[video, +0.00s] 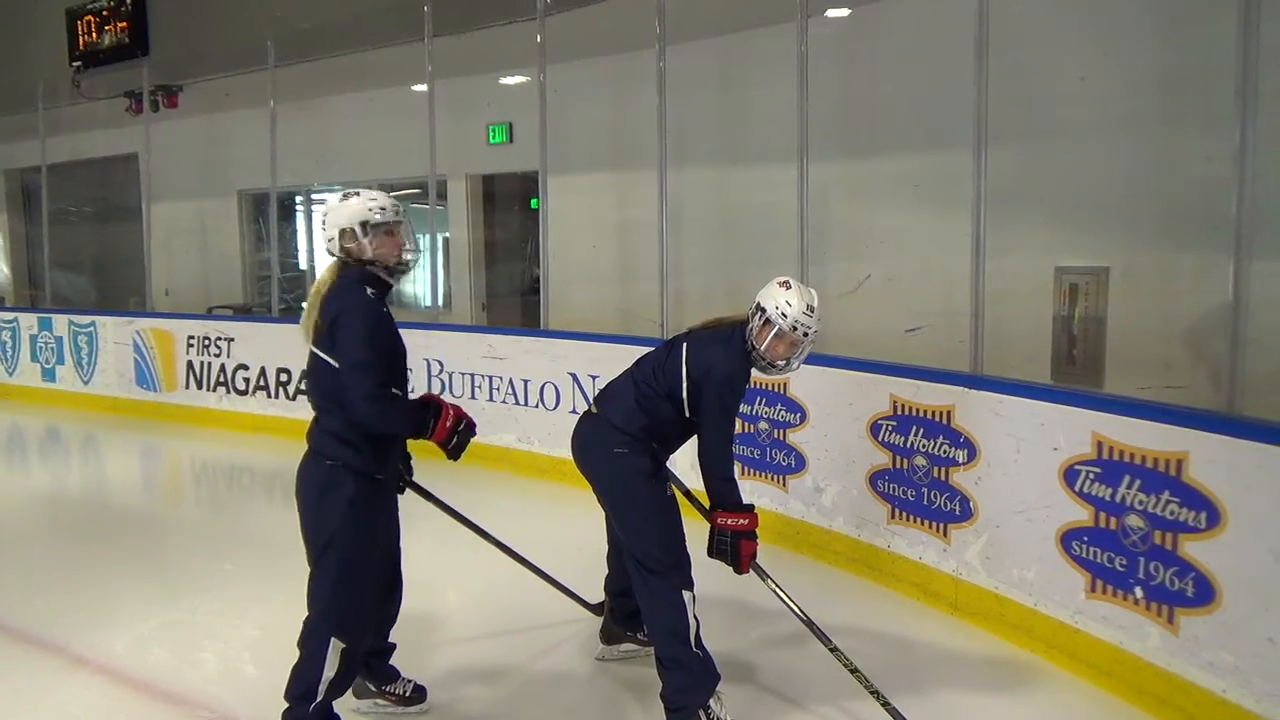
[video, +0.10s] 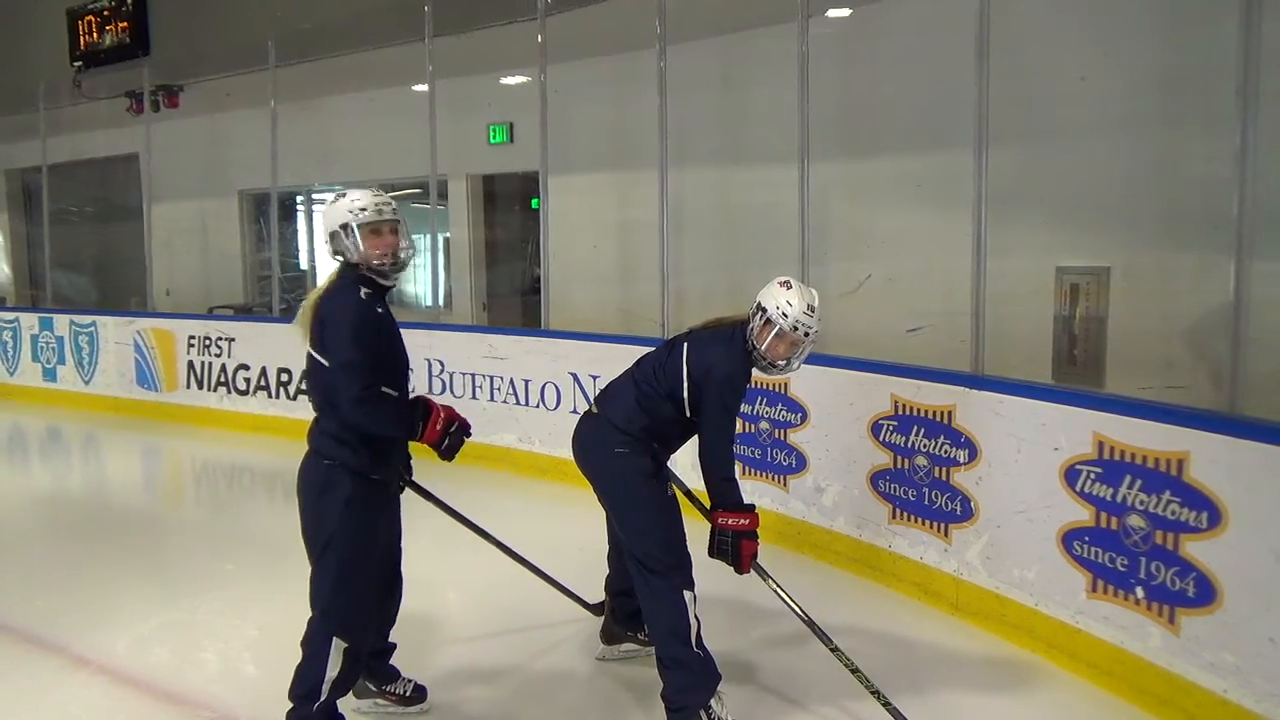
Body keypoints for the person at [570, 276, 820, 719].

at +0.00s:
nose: (776, 348)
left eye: (790, 342)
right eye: (773, 334)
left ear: (803, 346)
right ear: (757, 320)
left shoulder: (725, 341)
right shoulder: (726, 363)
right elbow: (715, 448)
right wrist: (733, 517)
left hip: (604, 435)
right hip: (621, 446)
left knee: (631, 535)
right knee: (666, 570)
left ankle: (622, 623)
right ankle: (690, 703)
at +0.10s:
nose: (778, 348)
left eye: (791, 342)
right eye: (774, 334)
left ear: (803, 346)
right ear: (758, 320)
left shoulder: (726, 340)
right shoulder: (726, 363)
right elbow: (716, 449)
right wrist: (734, 517)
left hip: (605, 435)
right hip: (622, 446)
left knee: (631, 536)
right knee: (667, 569)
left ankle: (623, 624)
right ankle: (691, 703)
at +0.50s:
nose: (778, 347)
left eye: (792, 341)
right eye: (775, 333)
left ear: (806, 345)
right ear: (759, 320)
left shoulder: (729, 340)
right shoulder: (729, 363)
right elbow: (718, 448)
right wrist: (736, 518)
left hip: (607, 435)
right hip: (625, 446)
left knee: (635, 536)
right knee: (670, 570)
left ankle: (625, 625)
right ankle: (693, 703)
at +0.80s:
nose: (781, 347)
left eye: (795, 341)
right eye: (778, 333)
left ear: (808, 345)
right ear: (762, 320)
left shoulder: (732, 340)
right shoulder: (732, 363)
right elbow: (721, 449)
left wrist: (658, 447)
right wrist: (738, 518)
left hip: (611, 434)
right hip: (626, 446)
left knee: (637, 534)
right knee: (671, 568)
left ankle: (627, 624)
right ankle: (696, 703)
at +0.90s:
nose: (782, 347)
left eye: (795, 341)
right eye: (778, 333)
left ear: (809, 346)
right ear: (762, 320)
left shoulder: (733, 340)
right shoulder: (733, 363)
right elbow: (722, 449)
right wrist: (739, 519)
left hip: (611, 434)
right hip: (627, 446)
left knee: (638, 535)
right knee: (672, 569)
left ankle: (628, 625)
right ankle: (696, 703)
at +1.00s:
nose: (783, 348)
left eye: (796, 342)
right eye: (780, 334)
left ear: (810, 346)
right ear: (763, 321)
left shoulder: (733, 340)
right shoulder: (733, 363)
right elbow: (722, 449)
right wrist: (740, 519)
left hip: (611, 435)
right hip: (628, 447)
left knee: (638, 535)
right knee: (673, 570)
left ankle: (628, 625)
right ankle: (696, 704)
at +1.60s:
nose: (787, 348)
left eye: (800, 342)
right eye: (783, 334)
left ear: (814, 347)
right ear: (767, 321)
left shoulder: (737, 340)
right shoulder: (737, 364)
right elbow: (725, 450)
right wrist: (743, 518)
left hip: (614, 435)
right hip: (631, 447)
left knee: (641, 535)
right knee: (676, 570)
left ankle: (632, 626)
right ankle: (700, 703)